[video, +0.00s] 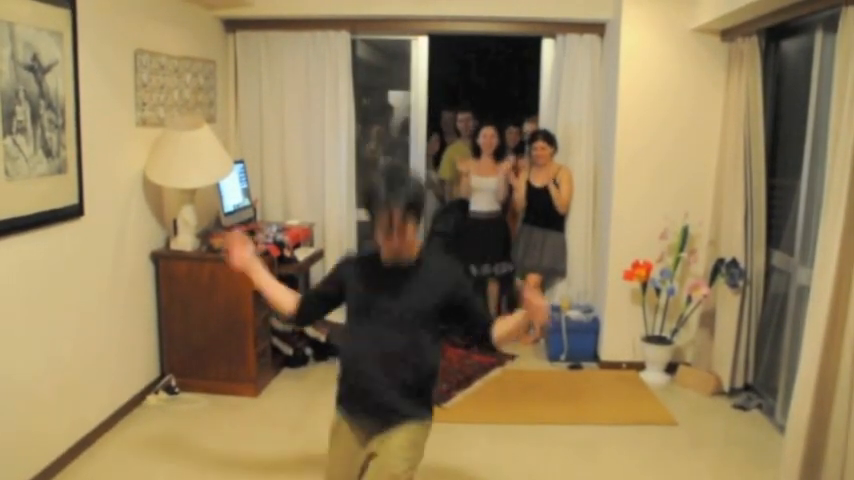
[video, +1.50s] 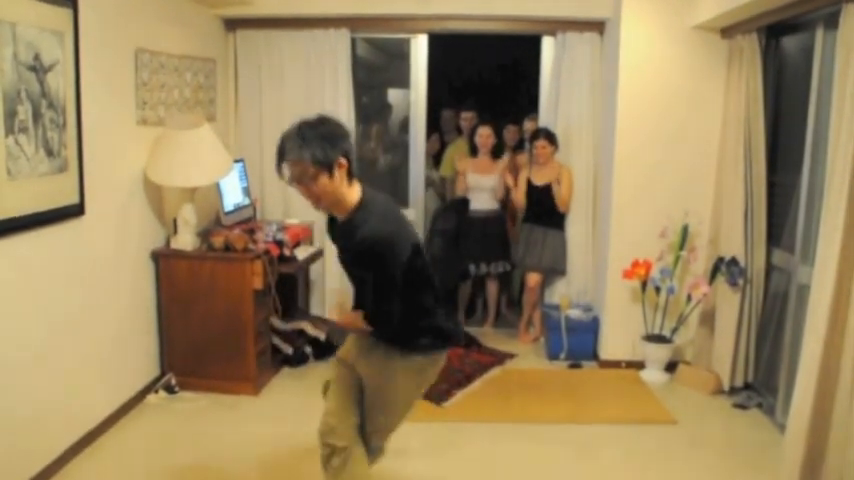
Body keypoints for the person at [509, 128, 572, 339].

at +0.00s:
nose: (538, 153)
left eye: (543, 148)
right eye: (535, 148)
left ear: (552, 150)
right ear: (530, 152)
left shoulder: (562, 173)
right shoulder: (526, 173)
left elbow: (562, 207)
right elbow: (519, 207)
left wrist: (551, 185)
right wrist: (517, 184)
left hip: (550, 232)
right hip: (528, 229)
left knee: (533, 281)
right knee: (527, 283)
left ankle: (532, 327)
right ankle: (533, 327)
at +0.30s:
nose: (538, 153)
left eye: (543, 149)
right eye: (535, 149)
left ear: (553, 151)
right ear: (531, 152)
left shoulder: (563, 173)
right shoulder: (527, 174)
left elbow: (564, 208)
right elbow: (520, 201)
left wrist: (539, 194)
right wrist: (526, 180)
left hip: (550, 231)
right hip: (529, 229)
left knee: (533, 280)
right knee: (533, 284)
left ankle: (524, 325)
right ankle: (538, 328)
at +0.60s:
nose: (539, 153)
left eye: (544, 149)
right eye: (536, 149)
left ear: (553, 151)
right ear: (532, 151)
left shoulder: (562, 173)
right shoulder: (528, 173)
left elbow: (563, 208)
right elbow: (522, 201)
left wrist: (537, 193)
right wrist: (524, 175)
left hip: (550, 230)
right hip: (530, 228)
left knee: (533, 281)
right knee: (533, 284)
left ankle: (523, 326)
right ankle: (538, 328)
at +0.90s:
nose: (540, 154)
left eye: (544, 149)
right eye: (536, 149)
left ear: (554, 151)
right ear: (532, 152)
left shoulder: (562, 174)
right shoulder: (527, 173)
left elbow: (563, 208)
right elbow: (520, 207)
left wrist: (555, 188)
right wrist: (517, 186)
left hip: (551, 232)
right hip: (530, 229)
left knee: (533, 281)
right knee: (535, 284)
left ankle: (523, 325)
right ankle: (538, 328)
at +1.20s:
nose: (539, 153)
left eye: (544, 149)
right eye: (536, 149)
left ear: (553, 151)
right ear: (532, 151)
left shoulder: (563, 173)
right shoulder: (527, 173)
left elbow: (564, 208)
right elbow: (521, 203)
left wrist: (536, 198)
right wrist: (525, 187)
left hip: (550, 231)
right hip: (529, 228)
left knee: (533, 281)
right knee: (532, 284)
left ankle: (523, 325)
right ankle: (538, 329)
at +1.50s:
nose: (540, 152)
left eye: (544, 147)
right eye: (536, 147)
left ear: (554, 149)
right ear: (532, 149)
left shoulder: (562, 172)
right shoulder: (526, 172)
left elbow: (563, 206)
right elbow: (520, 204)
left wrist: (555, 186)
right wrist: (514, 183)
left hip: (551, 229)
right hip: (530, 227)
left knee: (533, 280)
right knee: (535, 283)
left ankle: (523, 323)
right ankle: (538, 326)